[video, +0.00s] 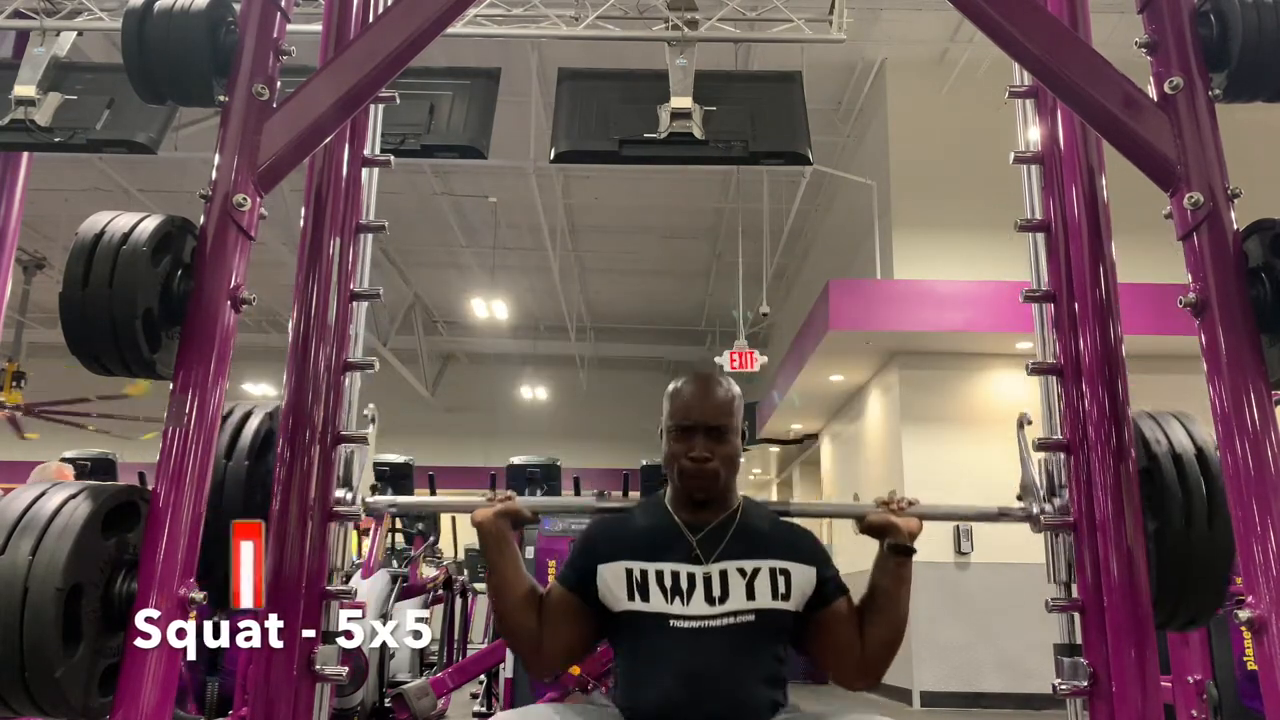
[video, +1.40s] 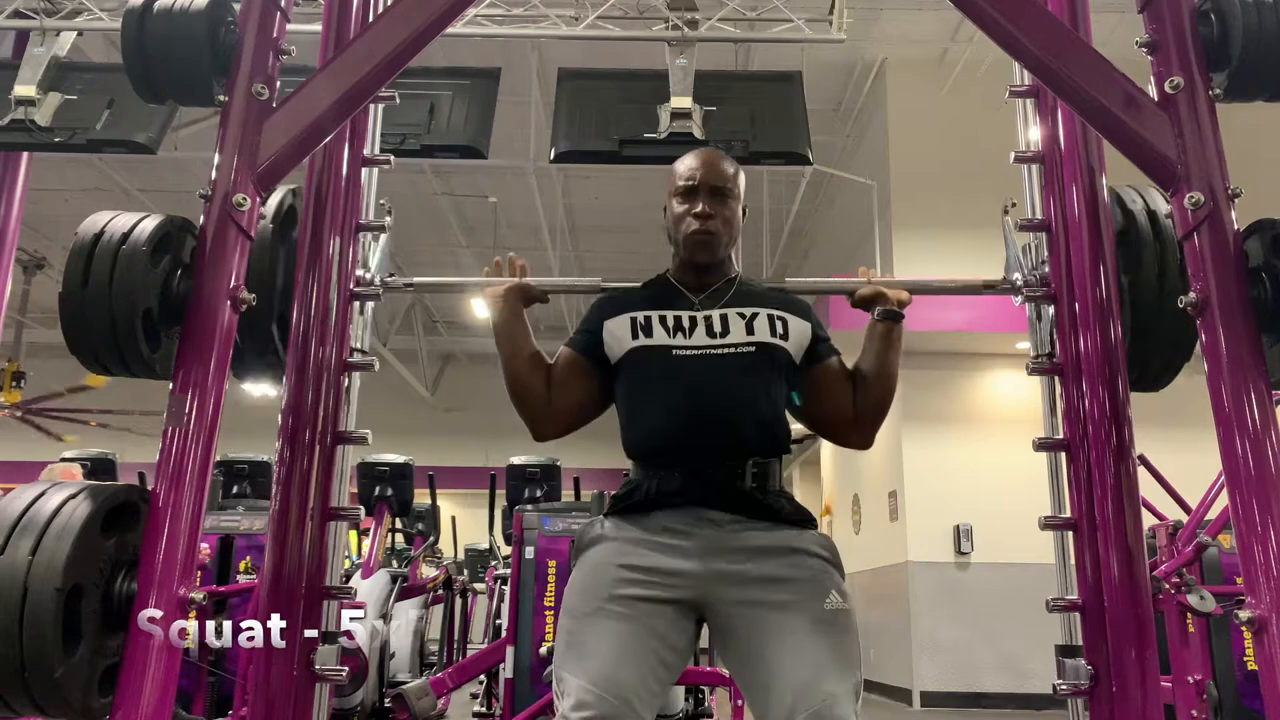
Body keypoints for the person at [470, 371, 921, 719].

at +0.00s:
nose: (697, 450)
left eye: (715, 434)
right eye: (682, 433)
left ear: (742, 443)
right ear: (662, 441)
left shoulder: (792, 548)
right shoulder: (610, 541)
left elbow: (857, 668)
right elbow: (545, 655)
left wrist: (896, 552)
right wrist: (497, 539)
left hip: (754, 712)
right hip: (644, 713)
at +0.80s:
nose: (698, 383)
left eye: (714, 371)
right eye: (684, 370)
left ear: (740, 385)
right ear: (664, 383)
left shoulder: (786, 486)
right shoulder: (614, 483)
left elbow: (858, 605)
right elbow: (543, 590)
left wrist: (893, 492)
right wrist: (499, 483)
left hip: (768, 686)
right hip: (633, 683)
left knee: (887, 718)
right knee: (511, 718)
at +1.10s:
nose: (698, 304)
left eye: (714, 291)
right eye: (684, 291)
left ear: (739, 308)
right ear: (666, 306)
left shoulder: (782, 408)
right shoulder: (617, 407)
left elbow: (855, 524)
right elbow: (548, 513)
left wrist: (889, 418)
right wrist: (502, 405)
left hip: (764, 628)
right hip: (633, 625)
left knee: (879, 717)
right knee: (526, 715)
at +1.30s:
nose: (702, 226)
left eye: (717, 215)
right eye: (688, 214)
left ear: (741, 235)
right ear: (667, 232)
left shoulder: (786, 336)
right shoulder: (619, 334)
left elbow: (855, 447)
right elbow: (549, 438)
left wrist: (886, 343)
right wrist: (508, 337)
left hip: (771, 565)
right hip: (637, 561)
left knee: (840, 709)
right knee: (567, 708)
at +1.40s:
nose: (702, 206)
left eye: (719, 195)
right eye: (687, 194)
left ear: (741, 214)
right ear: (666, 215)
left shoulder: (788, 314)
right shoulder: (617, 313)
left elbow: (856, 425)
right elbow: (547, 414)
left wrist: (887, 319)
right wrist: (507, 312)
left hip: (773, 543)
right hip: (640, 539)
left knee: (819, 708)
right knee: (597, 705)